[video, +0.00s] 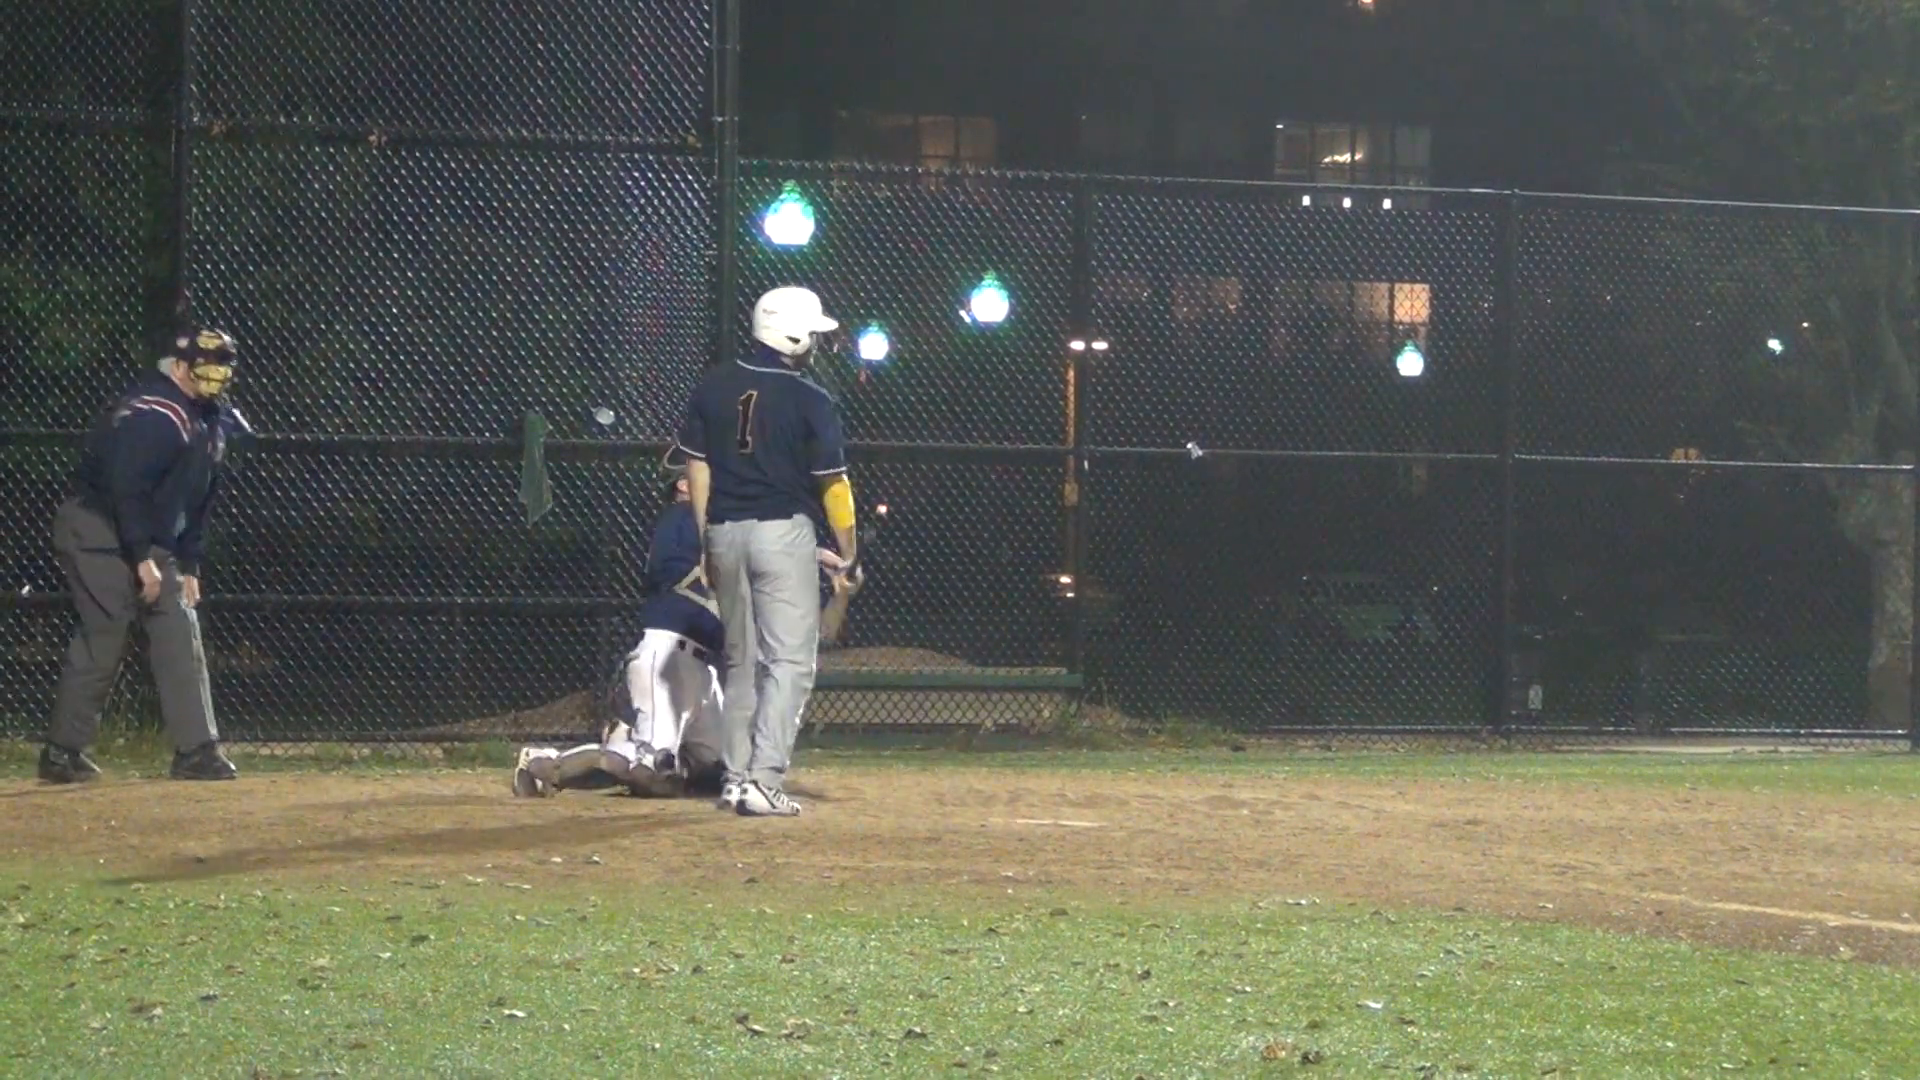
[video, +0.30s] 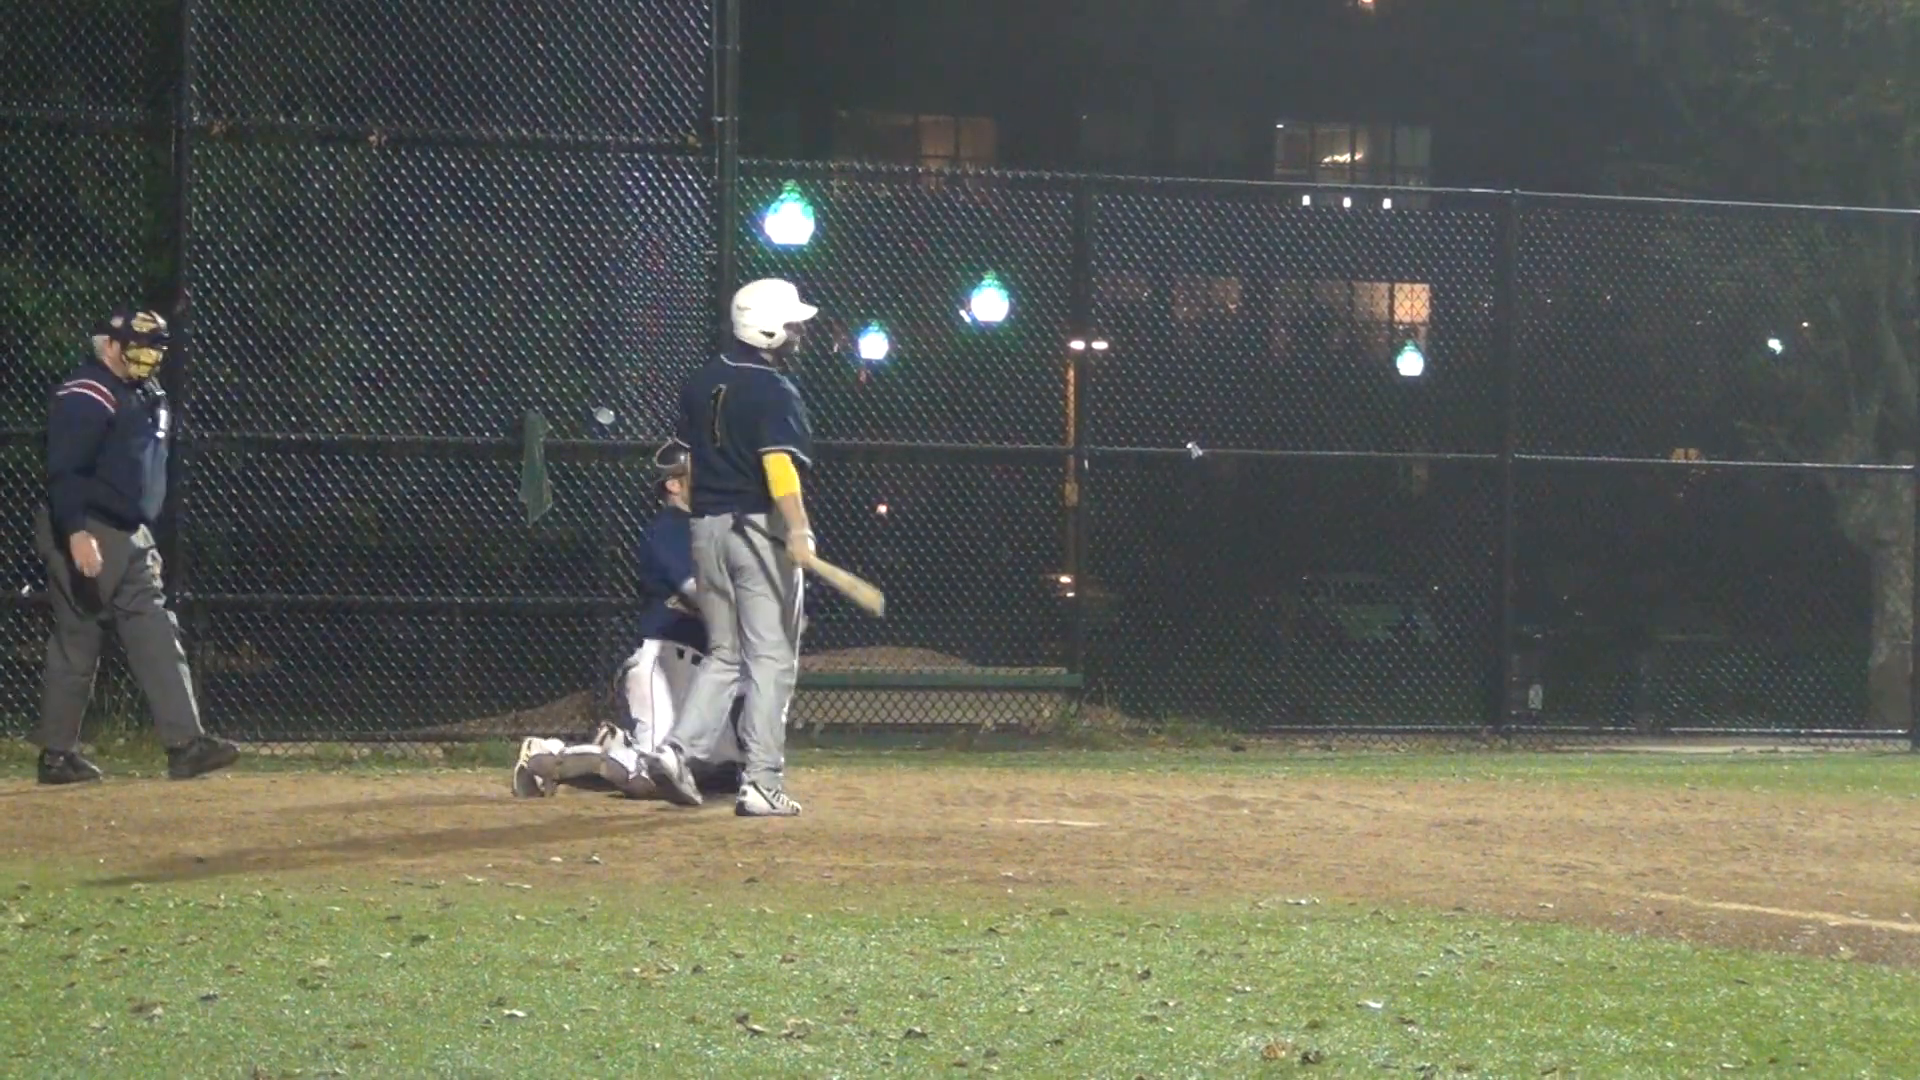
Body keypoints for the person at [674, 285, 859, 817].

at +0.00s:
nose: (816, 343)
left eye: (815, 335)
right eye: (812, 335)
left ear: (760, 331)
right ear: (796, 337)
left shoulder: (713, 385)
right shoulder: (811, 397)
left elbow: (698, 468)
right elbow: (834, 486)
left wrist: (707, 542)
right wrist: (849, 555)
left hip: (723, 535)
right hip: (784, 536)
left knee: (740, 657)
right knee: (790, 660)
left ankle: (737, 775)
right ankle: (764, 782)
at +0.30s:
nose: (799, 334)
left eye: (797, 325)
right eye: (792, 326)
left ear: (743, 326)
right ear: (769, 330)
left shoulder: (701, 380)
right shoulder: (771, 387)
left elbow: (691, 453)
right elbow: (778, 462)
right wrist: (798, 527)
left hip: (706, 529)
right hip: (756, 528)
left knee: (725, 652)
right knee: (771, 657)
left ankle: (680, 749)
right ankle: (763, 784)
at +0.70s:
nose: (737, 332)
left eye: (734, 323)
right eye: (727, 324)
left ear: (688, 333)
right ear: (701, 331)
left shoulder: (655, 382)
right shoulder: (699, 384)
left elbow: (637, 465)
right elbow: (700, 452)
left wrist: (643, 517)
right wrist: (721, 504)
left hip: (648, 530)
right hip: (695, 528)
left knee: (657, 658)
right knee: (731, 656)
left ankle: (638, 785)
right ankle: (762, 781)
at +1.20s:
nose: (681, 320)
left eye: (679, 311)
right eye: (672, 312)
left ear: (632, 321)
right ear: (645, 318)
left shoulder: (596, 379)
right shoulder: (659, 372)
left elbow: (580, 461)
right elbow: (673, 455)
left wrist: (600, 516)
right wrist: (697, 531)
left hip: (610, 528)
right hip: (655, 524)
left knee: (635, 651)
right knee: (727, 630)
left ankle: (633, 782)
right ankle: (687, 742)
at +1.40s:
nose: (671, 319)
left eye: (667, 310)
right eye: (662, 311)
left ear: (623, 320)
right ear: (637, 318)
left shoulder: (591, 383)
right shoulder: (657, 372)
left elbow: (585, 465)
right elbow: (677, 453)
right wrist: (716, 520)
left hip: (605, 527)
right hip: (657, 525)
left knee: (630, 651)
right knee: (685, 647)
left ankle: (628, 780)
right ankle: (646, 766)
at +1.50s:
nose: (666, 319)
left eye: (663, 310)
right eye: (659, 311)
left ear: (616, 321)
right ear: (637, 318)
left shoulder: (587, 382)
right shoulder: (654, 373)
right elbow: (676, 453)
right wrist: (722, 510)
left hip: (603, 523)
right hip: (654, 521)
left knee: (625, 654)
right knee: (665, 653)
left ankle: (628, 773)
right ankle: (630, 779)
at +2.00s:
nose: (666, 315)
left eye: (663, 307)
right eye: (659, 308)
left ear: (615, 319)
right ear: (640, 316)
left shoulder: (597, 374)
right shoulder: (640, 376)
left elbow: (638, 454)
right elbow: (652, 462)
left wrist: (709, 431)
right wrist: (694, 501)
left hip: (601, 524)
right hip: (641, 527)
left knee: (624, 654)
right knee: (638, 657)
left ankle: (635, 773)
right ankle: (617, 786)